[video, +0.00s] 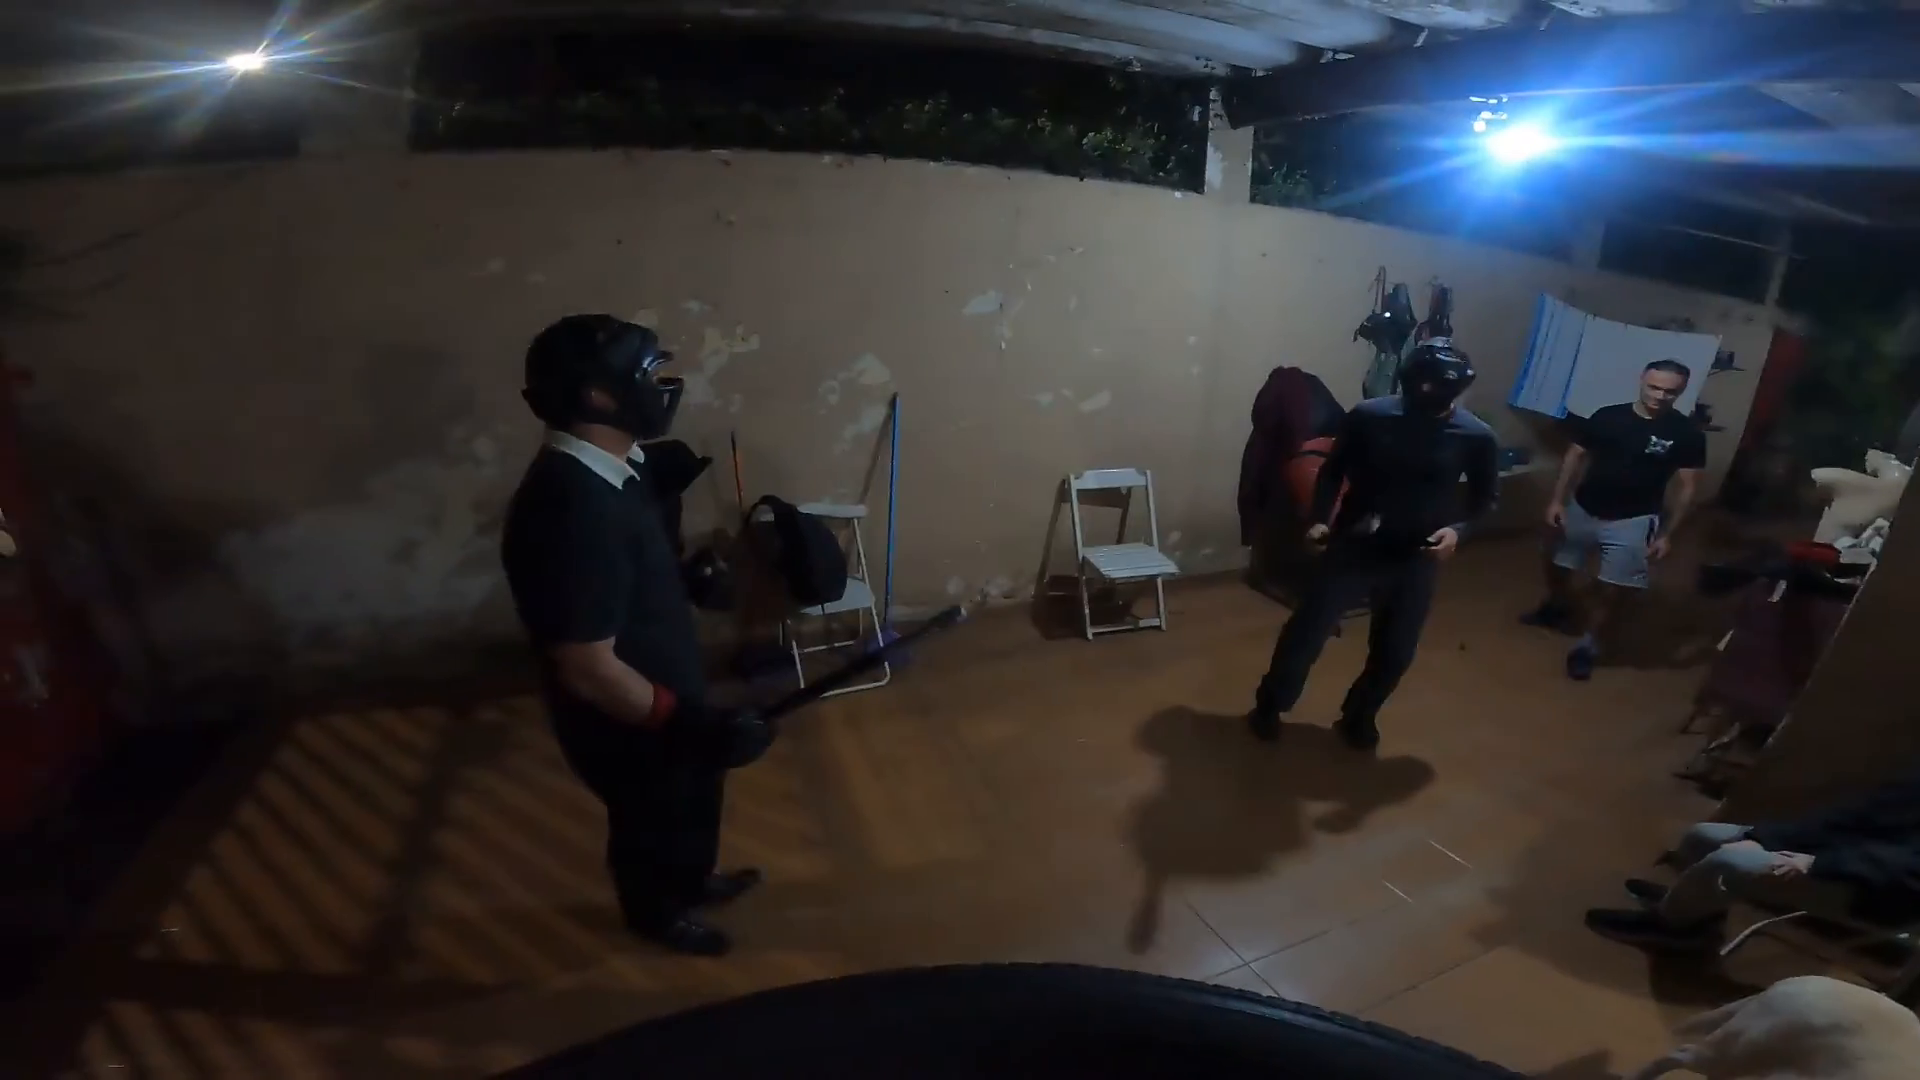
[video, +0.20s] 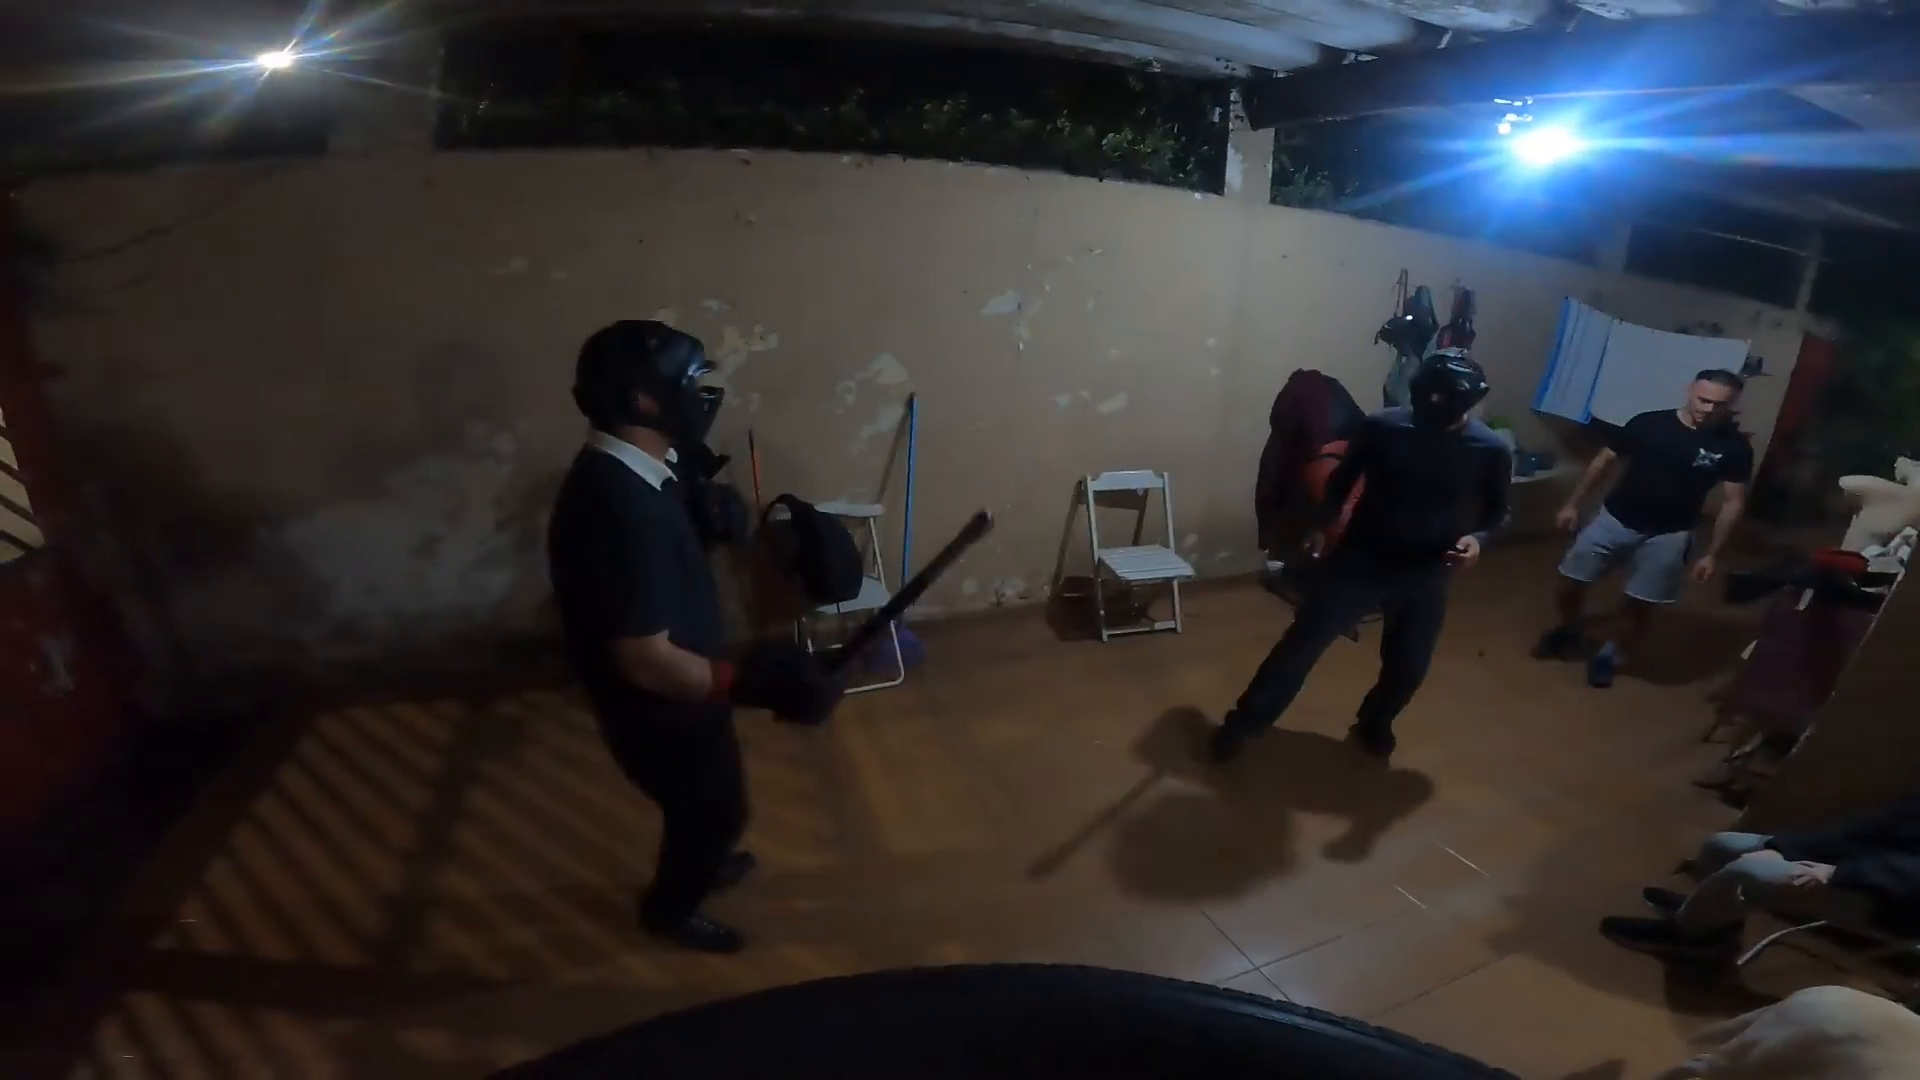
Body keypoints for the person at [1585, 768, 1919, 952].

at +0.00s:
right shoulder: (1910, 796)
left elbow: (1902, 868)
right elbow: (1855, 817)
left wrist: (1818, 865)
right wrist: (1763, 834)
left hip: (1866, 891)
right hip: (1836, 851)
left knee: (1727, 863)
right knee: (1703, 836)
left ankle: (1669, 921)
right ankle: (1682, 903)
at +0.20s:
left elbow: (1910, 877)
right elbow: (1882, 832)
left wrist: (1842, 874)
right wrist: (1786, 844)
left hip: (1891, 901)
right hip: (1866, 862)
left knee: (1748, 873)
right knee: (1721, 847)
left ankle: (1685, 930)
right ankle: (1706, 912)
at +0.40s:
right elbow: (1898, 844)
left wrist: (1866, 886)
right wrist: (1811, 857)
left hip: (1901, 908)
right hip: (1880, 871)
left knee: (1768, 881)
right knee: (1744, 855)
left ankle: (1704, 938)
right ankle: (1722, 919)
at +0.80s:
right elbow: (1906, 860)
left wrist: (1894, 900)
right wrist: (1837, 871)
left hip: (1909, 918)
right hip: (1897, 886)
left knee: (1796, 895)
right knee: (1776, 867)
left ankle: (1731, 952)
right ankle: (1746, 933)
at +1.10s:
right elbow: (1905, 863)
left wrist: (1895, 902)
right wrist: (1835, 873)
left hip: (1909, 921)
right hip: (1897, 888)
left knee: (1796, 898)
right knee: (1775, 868)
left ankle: (1730, 955)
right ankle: (1750, 938)